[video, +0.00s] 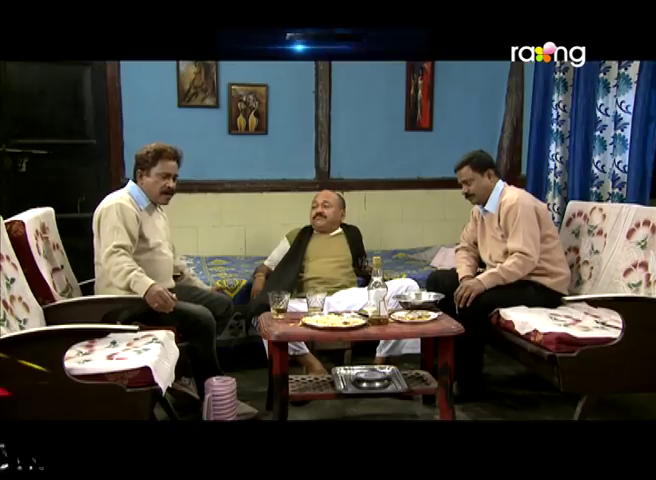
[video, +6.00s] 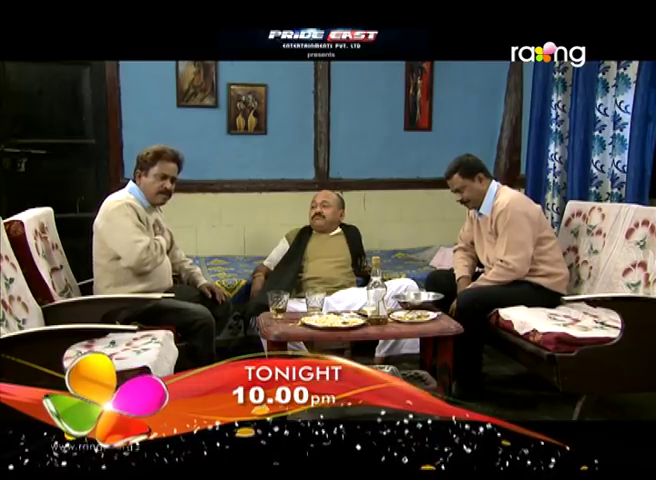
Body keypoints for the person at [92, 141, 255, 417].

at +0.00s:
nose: (171, 185)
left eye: (174, 178)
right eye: (164, 177)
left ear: (176, 180)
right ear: (141, 176)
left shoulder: (156, 210)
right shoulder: (118, 207)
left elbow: (171, 263)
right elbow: (115, 258)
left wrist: (204, 292)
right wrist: (146, 287)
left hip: (161, 292)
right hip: (127, 302)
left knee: (222, 306)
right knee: (200, 319)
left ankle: (183, 378)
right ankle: (216, 397)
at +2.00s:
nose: (151, 184)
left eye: (155, 178)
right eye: (143, 177)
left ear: (159, 179)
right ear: (122, 177)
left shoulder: (143, 211)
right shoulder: (101, 211)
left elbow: (169, 253)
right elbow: (107, 267)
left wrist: (199, 279)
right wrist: (147, 286)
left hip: (160, 291)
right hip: (126, 303)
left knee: (219, 302)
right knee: (201, 317)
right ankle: (206, 383)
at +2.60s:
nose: (164, 185)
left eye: (167, 179)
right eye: (156, 177)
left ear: (171, 179)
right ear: (134, 176)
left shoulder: (147, 209)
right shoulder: (111, 209)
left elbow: (168, 252)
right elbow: (124, 266)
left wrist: (197, 278)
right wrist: (178, 270)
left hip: (156, 294)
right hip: (126, 303)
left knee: (219, 303)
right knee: (200, 317)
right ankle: (205, 385)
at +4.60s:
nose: (185, 192)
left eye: (189, 186)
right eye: (179, 183)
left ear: (193, 188)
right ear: (157, 179)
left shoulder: (163, 216)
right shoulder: (132, 209)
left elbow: (181, 259)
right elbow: (148, 263)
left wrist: (203, 283)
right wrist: (169, 245)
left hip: (156, 296)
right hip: (128, 305)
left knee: (218, 303)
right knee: (201, 319)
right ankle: (204, 386)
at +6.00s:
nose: (168, 186)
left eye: (173, 181)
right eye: (162, 178)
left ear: (177, 183)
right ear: (140, 177)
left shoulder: (150, 211)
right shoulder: (118, 208)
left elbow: (175, 257)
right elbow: (139, 260)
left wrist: (201, 282)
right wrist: (162, 240)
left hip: (157, 295)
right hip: (127, 304)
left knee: (218, 304)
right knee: (200, 318)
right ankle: (203, 384)